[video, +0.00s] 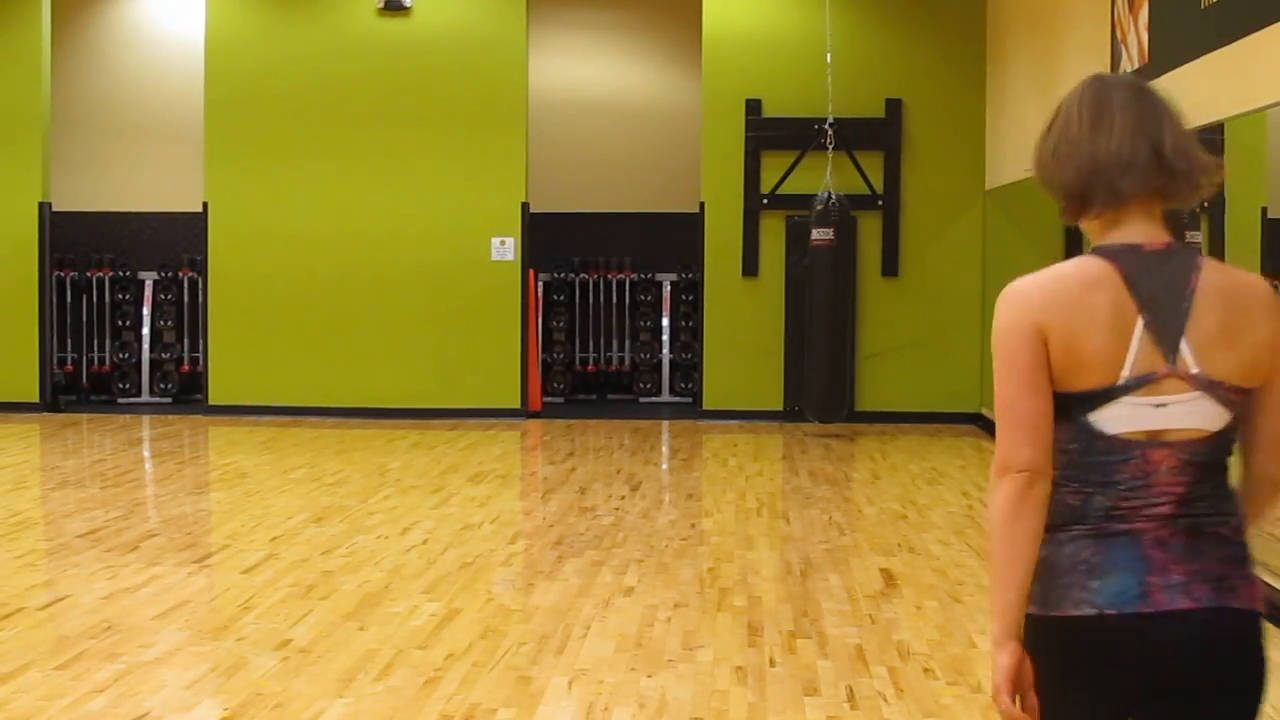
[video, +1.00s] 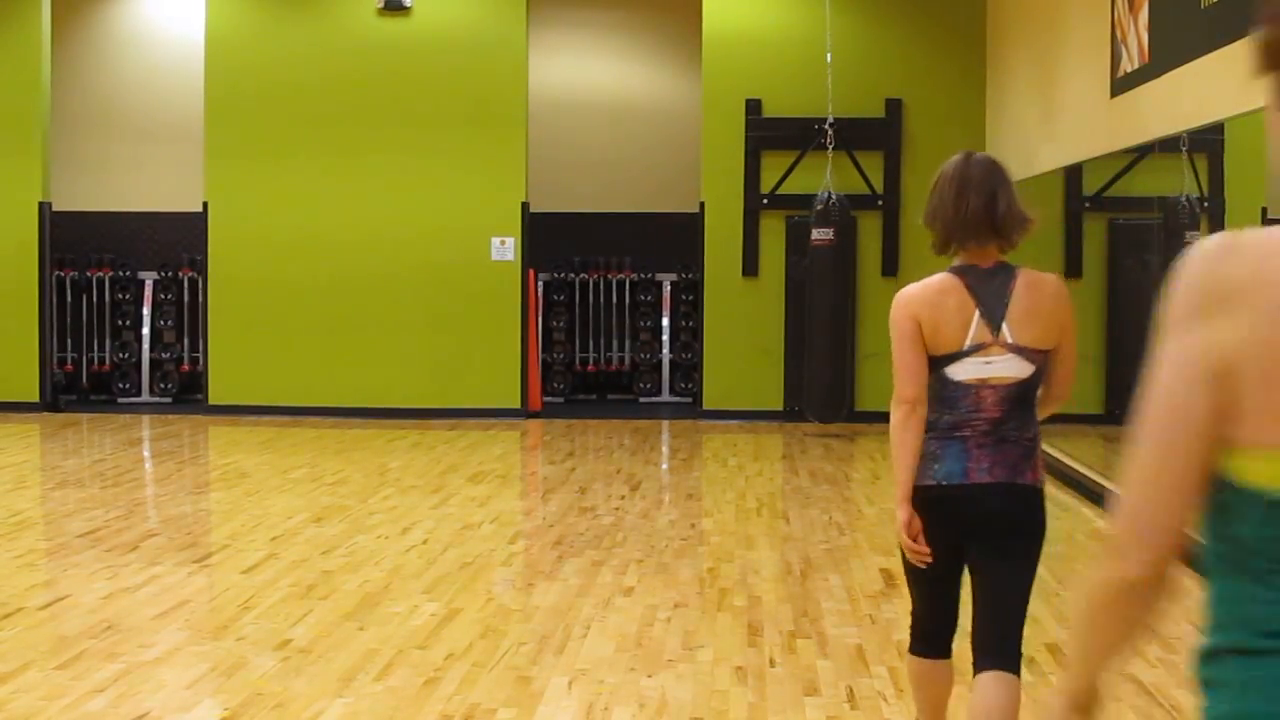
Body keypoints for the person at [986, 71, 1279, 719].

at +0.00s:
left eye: (1059, 163)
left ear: (1068, 173)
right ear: (1171, 163)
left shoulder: (1035, 303)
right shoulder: (1254, 301)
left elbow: (1022, 472)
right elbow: (1266, 476)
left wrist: (1006, 636)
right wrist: (1203, 539)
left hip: (1083, 627)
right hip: (1219, 621)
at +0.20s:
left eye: (1024, 182)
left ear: (1028, 196)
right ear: (1121, 187)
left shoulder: (1003, 323)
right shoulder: (1190, 306)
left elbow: (991, 475)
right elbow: (1206, 456)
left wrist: (968, 614)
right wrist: (1146, 515)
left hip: (1026, 590)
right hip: (1133, 589)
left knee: (1015, 707)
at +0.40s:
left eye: (997, 169)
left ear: (997, 182)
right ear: (1086, 178)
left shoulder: (966, 290)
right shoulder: (1141, 285)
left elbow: (937, 427)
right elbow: (1173, 423)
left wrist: (915, 517)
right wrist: (1192, 534)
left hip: (1002, 538)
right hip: (1103, 540)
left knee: (1012, 708)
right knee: (1064, 701)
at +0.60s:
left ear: (982, 202)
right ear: (1064, 205)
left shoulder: (940, 301)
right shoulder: (1099, 309)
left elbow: (911, 423)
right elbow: (1137, 425)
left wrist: (886, 481)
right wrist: (1181, 532)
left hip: (990, 532)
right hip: (1080, 528)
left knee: (990, 704)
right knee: (1045, 690)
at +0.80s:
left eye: (965, 181)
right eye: (1024, 182)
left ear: (961, 191)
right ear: (1035, 191)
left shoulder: (926, 280)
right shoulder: (1073, 285)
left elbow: (907, 398)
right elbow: (1089, 403)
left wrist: (900, 485)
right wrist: (1085, 481)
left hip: (964, 494)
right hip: (1054, 492)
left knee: (960, 636)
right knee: (1028, 659)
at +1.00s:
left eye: (947, 206)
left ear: (942, 213)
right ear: (1010, 211)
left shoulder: (916, 301)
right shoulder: (1050, 292)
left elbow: (909, 406)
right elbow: (1057, 392)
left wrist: (903, 499)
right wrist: (1011, 418)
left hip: (937, 498)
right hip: (1013, 498)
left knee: (931, 635)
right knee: (999, 648)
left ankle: (931, 718)